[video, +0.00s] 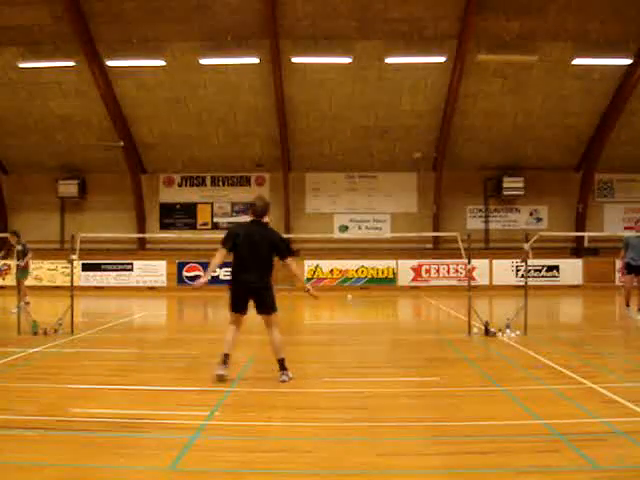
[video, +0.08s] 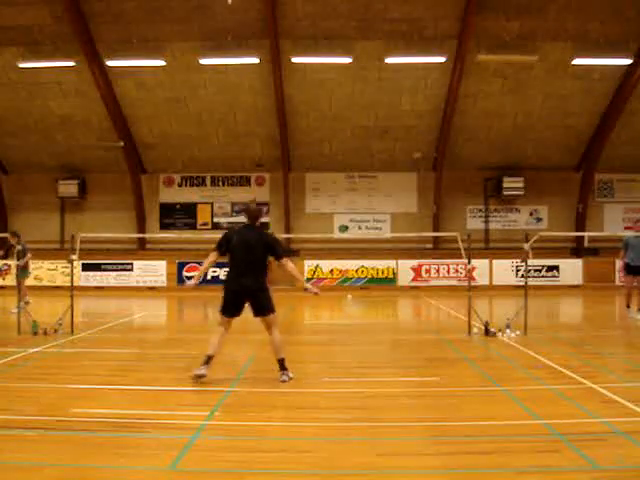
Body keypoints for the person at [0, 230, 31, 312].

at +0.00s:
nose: (10, 240)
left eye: (11, 238)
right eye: (9, 238)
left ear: (16, 237)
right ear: (11, 238)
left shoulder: (23, 246)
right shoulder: (16, 247)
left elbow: (29, 254)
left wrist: (24, 262)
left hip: (23, 268)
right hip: (19, 267)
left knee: (20, 285)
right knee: (20, 284)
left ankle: (19, 304)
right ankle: (25, 299)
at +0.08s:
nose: (10, 241)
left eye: (12, 238)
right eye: (10, 239)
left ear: (16, 238)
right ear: (11, 239)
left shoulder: (22, 246)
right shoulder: (13, 247)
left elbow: (28, 255)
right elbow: (6, 255)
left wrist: (22, 262)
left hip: (23, 268)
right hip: (18, 268)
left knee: (20, 286)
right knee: (20, 285)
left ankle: (20, 305)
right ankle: (26, 299)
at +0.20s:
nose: (9, 241)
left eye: (11, 239)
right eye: (9, 239)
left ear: (16, 239)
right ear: (14, 239)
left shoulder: (21, 247)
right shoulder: (16, 248)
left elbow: (27, 256)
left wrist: (19, 263)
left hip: (23, 270)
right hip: (19, 269)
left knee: (21, 286)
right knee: (21, 285)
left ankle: (20, 305)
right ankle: (26, 299)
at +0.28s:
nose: (10, 241)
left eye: (11, 239)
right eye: (9, 239)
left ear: (16, 239)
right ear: (15, 239)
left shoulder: (21, 248)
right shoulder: (16, 248)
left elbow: (26, 256)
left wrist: (19, 263)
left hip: (23, 271)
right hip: (20, 270)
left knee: (21, 287)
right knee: (21, 286)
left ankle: (20, 305)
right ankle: (25, 299)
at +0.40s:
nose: (9, 241)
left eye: (11, 239)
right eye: (9, 239)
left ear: (16, 239)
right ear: (15, 239)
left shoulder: (21, 247)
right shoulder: (16, 248)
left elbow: (26, 256)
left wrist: (19, 263)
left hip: (23, 270)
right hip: (19, 269)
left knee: (20, 287)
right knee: (21, 286)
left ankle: (20, 305)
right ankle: (25, 298)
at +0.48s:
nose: (9, 241)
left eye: (10, 239)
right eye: (9, 239)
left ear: (15, 239)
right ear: (14, 239)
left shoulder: (21, 248)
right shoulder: (16, 248)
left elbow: (26, 256)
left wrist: (19, 263)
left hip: (23, 270)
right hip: (19, 270)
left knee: (20, 287)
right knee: (21, 286)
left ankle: (20, 306)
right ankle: (25, 298)